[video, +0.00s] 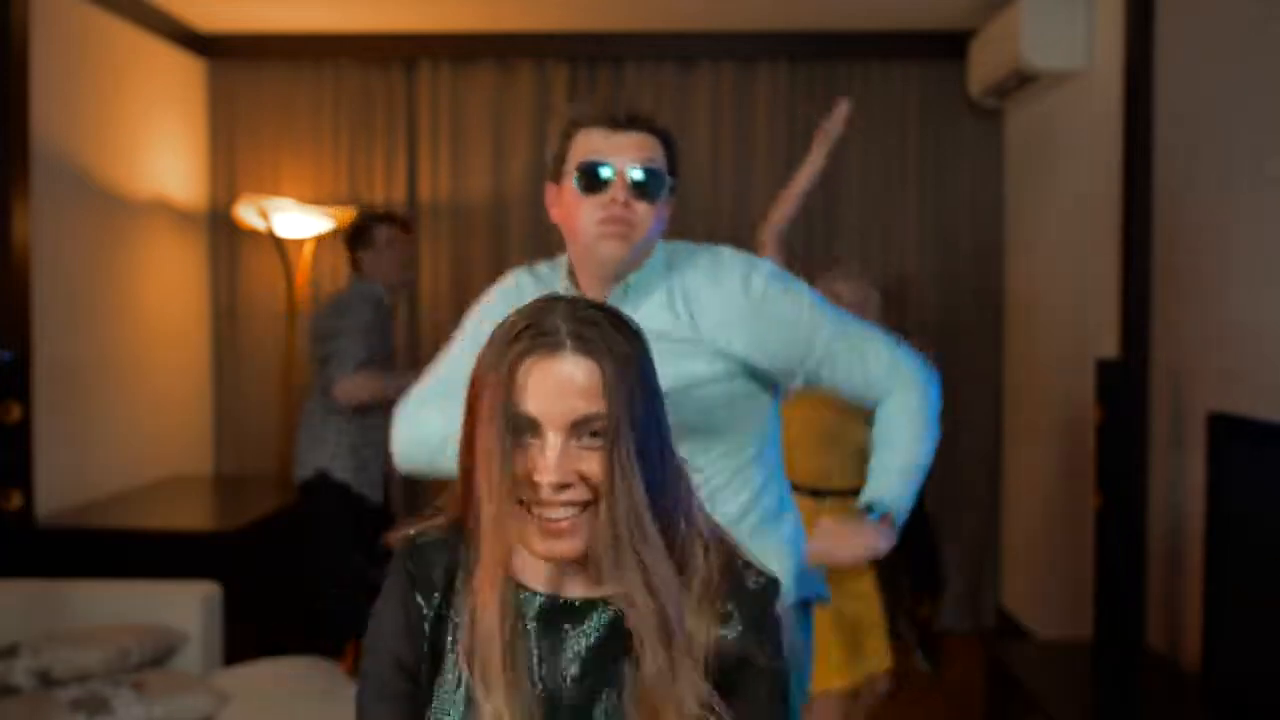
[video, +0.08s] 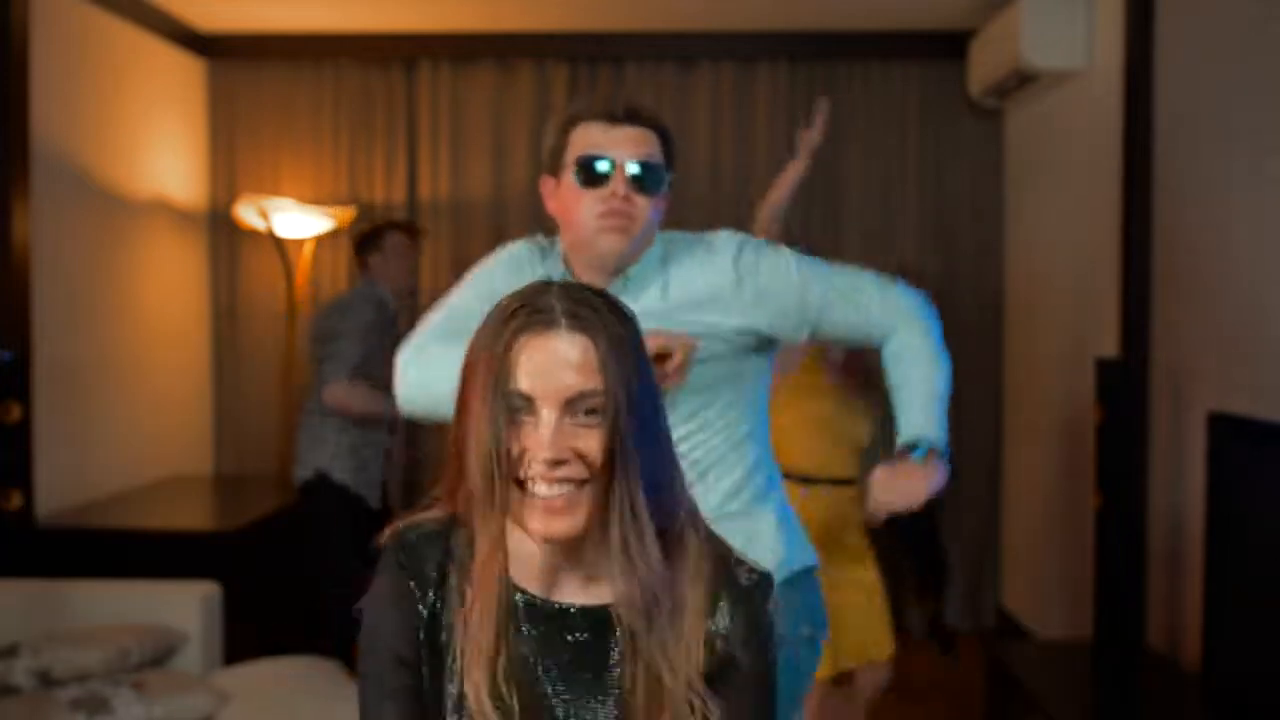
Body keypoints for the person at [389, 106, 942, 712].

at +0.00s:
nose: (620, 197)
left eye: (644, 183)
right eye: (595, 178)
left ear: (667, 211)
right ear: (555, 203)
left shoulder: (728, 288)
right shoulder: (519, 299)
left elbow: (907, 378)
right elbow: (411, 437)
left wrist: (879, 518)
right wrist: (549, 461)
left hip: (735, 607)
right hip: (565, 603)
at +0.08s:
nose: (620, 190)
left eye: (644, 176)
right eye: (594, 171)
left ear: (665, 201)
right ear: (552, 195)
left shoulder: (730, 269)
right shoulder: (519, 273)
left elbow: (902, 310)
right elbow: (412, 381)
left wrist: (920, 450)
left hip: (747, 591)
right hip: (579, 590)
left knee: (755, 709)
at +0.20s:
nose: (627, 185)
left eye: (650, 173)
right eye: (601, 166)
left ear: (666, 199)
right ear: (553, 192)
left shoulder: (718, 260)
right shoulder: (526, 262)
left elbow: (875, 255)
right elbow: (436, 321)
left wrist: (938, 382)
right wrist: (619, 331)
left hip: (746, 587)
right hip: (592, 589)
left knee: (752, 710)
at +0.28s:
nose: (628, 192)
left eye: (649, 179)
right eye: (602, 173)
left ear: (666, 205)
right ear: (554, 198)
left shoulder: (723, 261)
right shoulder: (529, 284)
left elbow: (864, 261)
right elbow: (447, 319)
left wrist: (922, 377)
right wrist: (629, 331)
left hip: (744, 595)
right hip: (588, 595)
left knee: (755, 711)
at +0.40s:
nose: (621, 222)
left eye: (643, 206)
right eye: (596, 203)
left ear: (661, 224)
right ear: (558, 215)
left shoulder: (710, 291)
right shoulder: (537, 318)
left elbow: (855, 322)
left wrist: (884, 428)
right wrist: (634, 367)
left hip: (741, 615)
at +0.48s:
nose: (617, 244)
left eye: (640, 228)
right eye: (593, 224)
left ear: (660, 249)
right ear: (555, 236)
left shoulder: (713, 324)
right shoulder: (533, 344)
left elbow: (853, 395)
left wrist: (854, 481)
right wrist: (631, 403)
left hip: (735, 638)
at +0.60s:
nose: (622, 254)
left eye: (644, 237)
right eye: (596, 240)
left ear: (671, 260)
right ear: (566, 261)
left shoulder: (744, 381)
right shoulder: (536, 380)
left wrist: (804, 539)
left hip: (734, 687)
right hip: (572, 684)